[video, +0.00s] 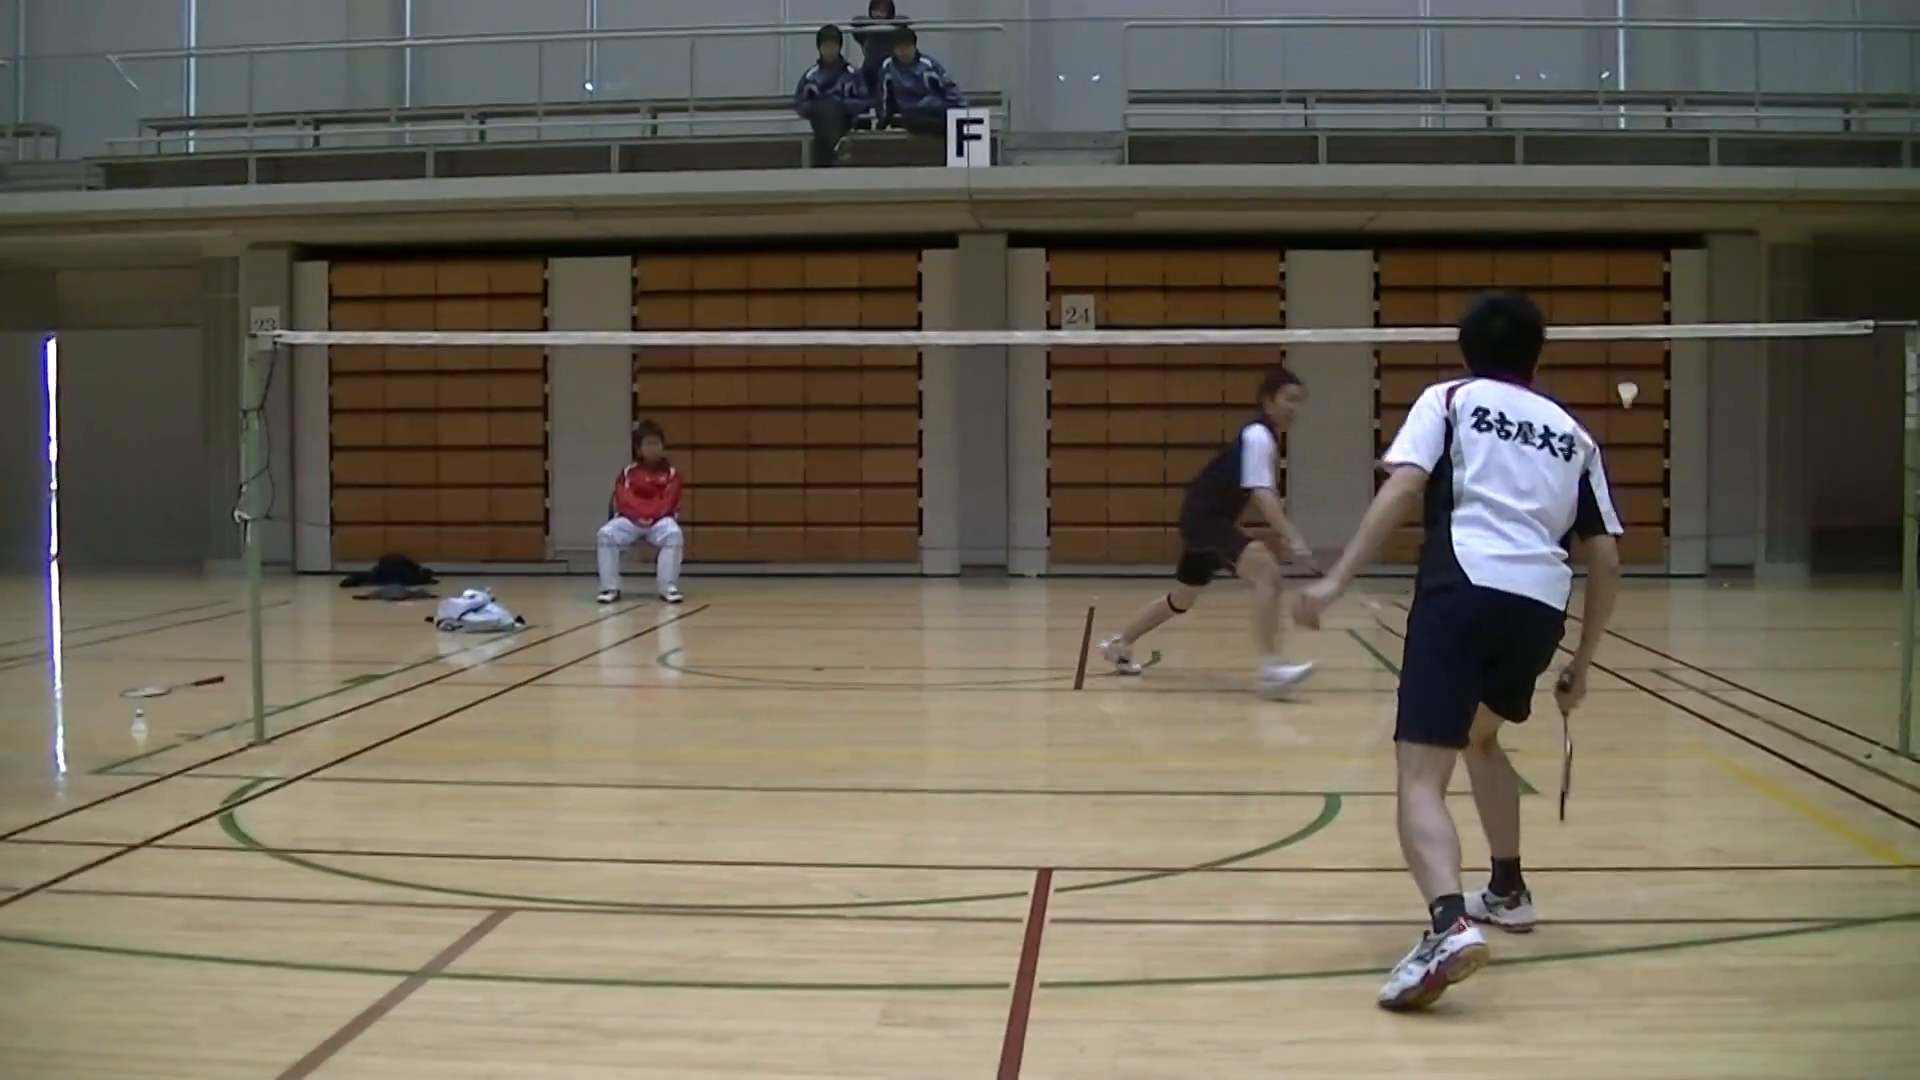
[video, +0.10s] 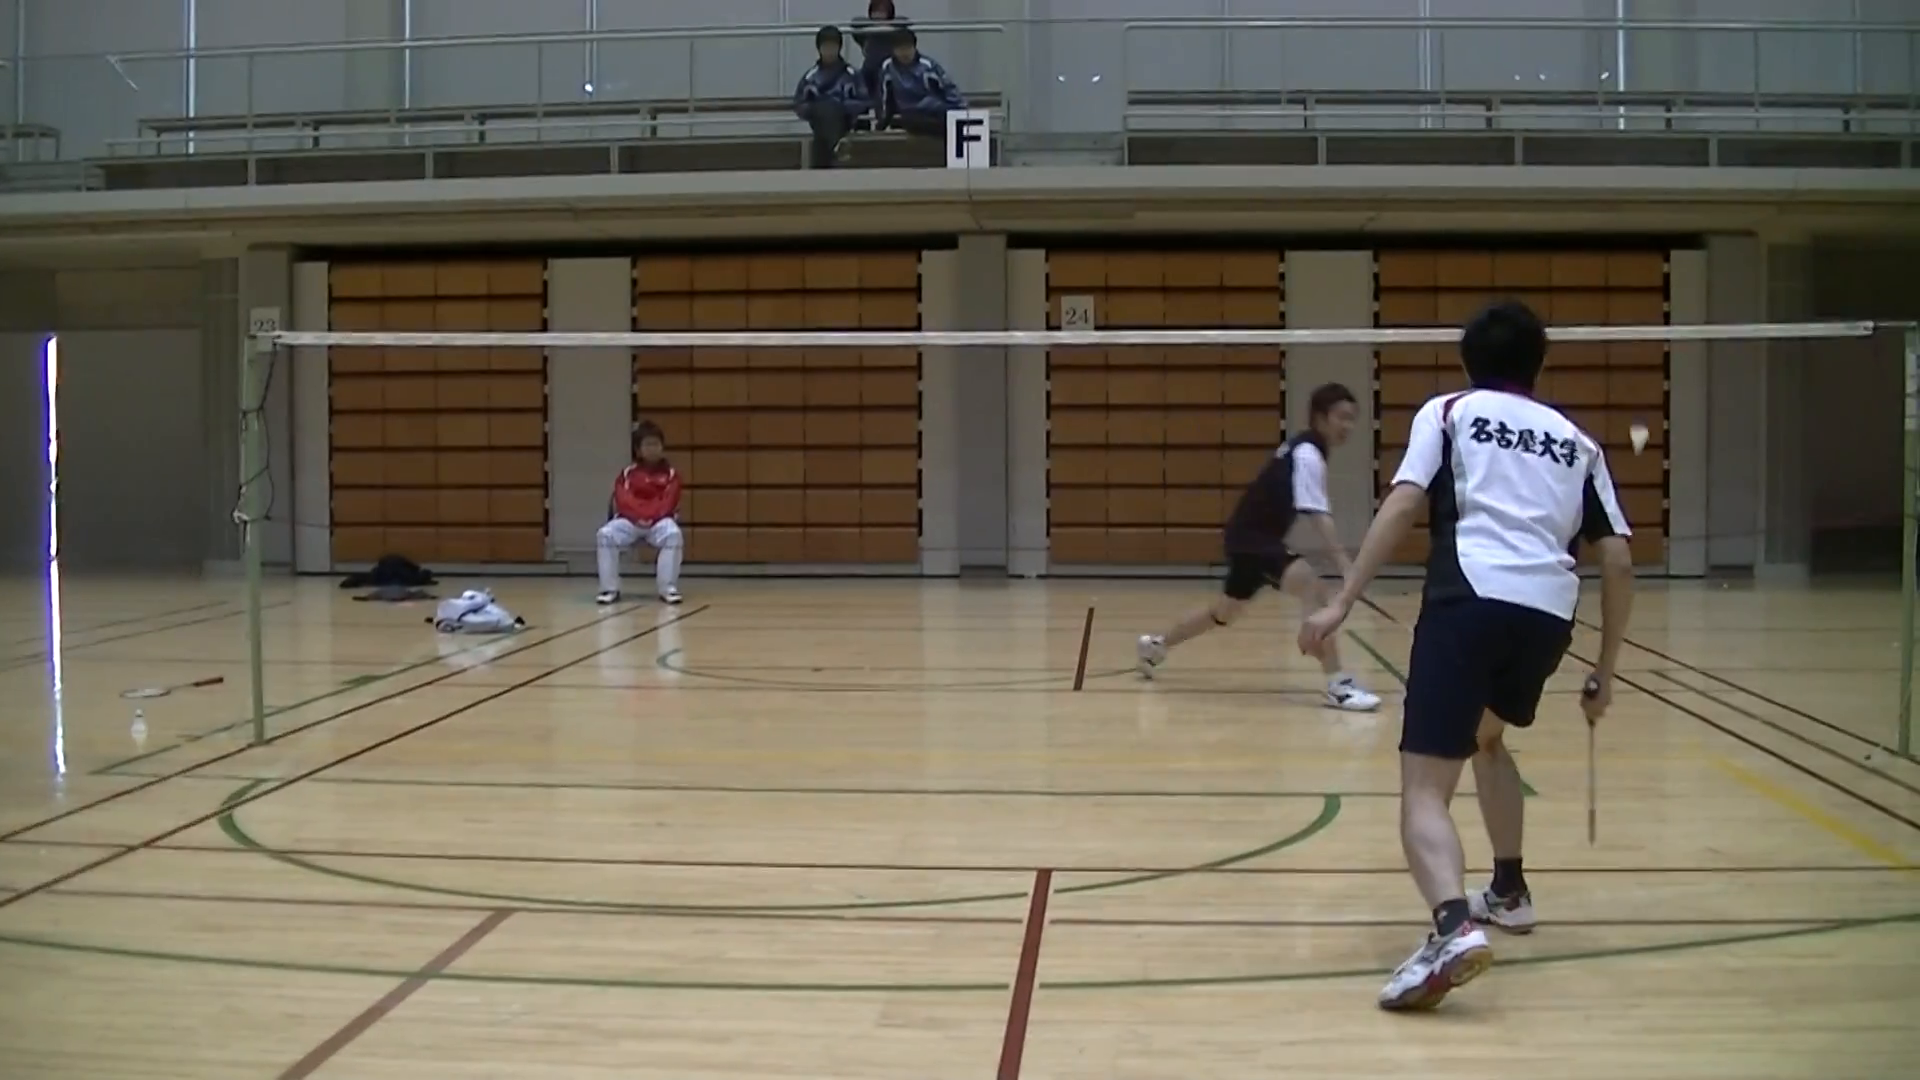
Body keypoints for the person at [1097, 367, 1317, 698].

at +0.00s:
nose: (1295, 408)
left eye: (1299, 401)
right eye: (1290, 399)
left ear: (1299, 403)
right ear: (1268, 400)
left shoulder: (1267, 437)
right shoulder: (1258, 436)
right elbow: (1263, 495)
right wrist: (1292, 538)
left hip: (1210, 521)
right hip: (1206, 521)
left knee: (1179, 600)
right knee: (1265, 569)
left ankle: (1119, 643)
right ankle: (1271, 665)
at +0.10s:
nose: (1349, 426)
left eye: (1352, 419)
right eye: (1342, 417)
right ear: (1320, 417)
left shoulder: (1303, 448)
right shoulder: (1308, 454)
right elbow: (1320, 517)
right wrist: (1346, 567)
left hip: (1251, 540)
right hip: (1255, 541)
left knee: (1224, 613)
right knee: (1314, 591)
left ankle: (1156, 647)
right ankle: (1338, 685)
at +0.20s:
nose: (1399, 439)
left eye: (1402, 431)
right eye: (1392, 430)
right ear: (1369, 429)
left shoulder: (1358, 460)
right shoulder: (1347, 462)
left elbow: (1357, 528)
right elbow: (1355, 532)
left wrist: (1362, 585)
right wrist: (1369, 590)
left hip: (1303, 541)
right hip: (1286, 540)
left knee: (1287, 631)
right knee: (1349, 583)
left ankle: (1219, 649)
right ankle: (1343, 684)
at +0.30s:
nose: (1437, 425)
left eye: (1442, 417)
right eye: (1432, 415)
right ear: (1409, 410)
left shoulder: (1396, 441)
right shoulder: (1385, 443)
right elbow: (1368, 516)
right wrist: (1371, 582)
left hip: (1335, 522)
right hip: (1319, 523)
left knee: (1357, 608)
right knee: (1365, 604)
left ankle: (1290, 647)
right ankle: (1346, 685)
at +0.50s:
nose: (1495, 387)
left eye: (1499, 380)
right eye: (1492, 377)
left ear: (1491, 377)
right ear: (1473, 371)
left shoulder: (1474, 410)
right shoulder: (1443, 402)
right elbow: (1410, 467)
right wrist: (1391, 527)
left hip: (1428, 508)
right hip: (1399, 509)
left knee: (1461, 589)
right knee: (1439, 584)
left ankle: (1471, 685)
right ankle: (1395, 661)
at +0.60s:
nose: (1516, 386)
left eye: (1520, 380)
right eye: (1511, 376)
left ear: (1519, 386)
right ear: (1494, 374)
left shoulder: (1514, 419)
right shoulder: (1464, 408)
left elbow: (1500, 485)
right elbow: (1430, 473)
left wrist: (1500, 534)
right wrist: (1410, 535)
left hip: (1476, 523)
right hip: (1441, 522)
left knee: (1489, 598)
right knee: (1489, 588)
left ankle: (1481, 689)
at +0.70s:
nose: (1546, 388)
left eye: (1550, 381)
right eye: (1541, 378)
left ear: (1551, 384)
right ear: (1524, 374)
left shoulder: (1546, 418)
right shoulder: (1488, 409)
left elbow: (1527, 484)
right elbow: (1458, 478)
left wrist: (1527, 530)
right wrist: (1446, 542)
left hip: (1509, 525)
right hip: (1473, 524)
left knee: (1516, 604)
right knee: (1514, 592)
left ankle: (1483, 687)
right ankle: (1517, 693)